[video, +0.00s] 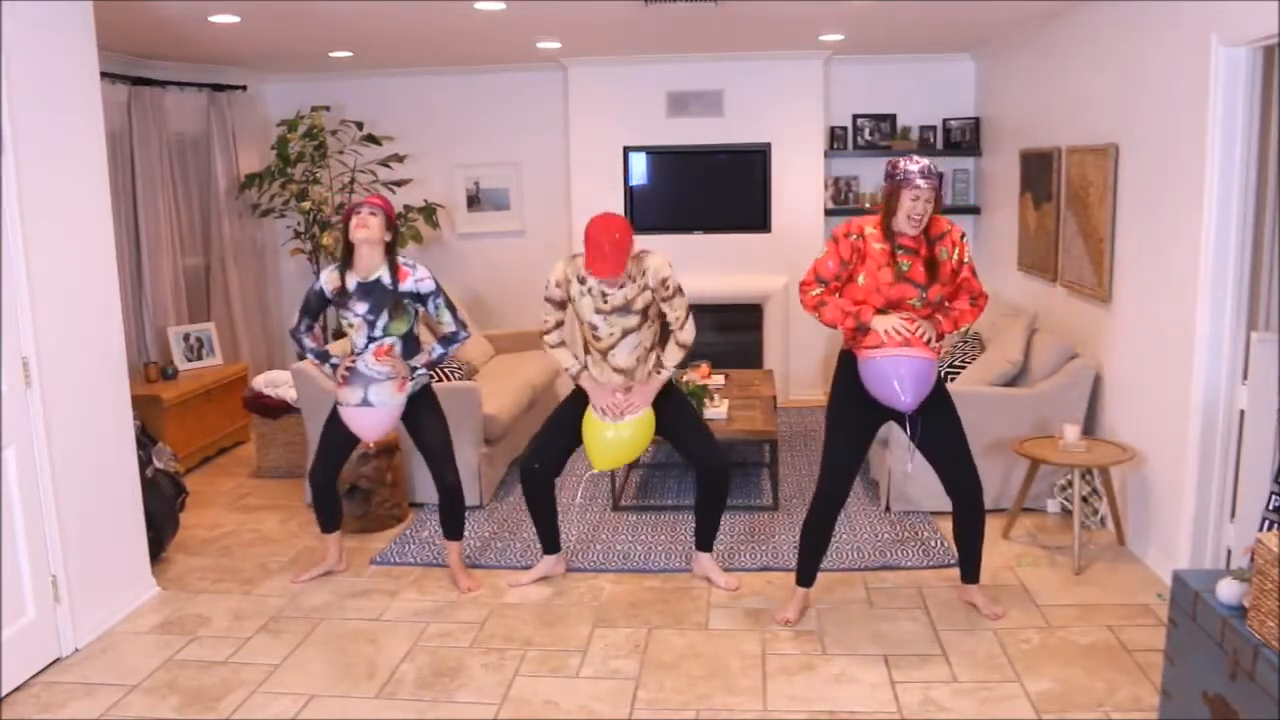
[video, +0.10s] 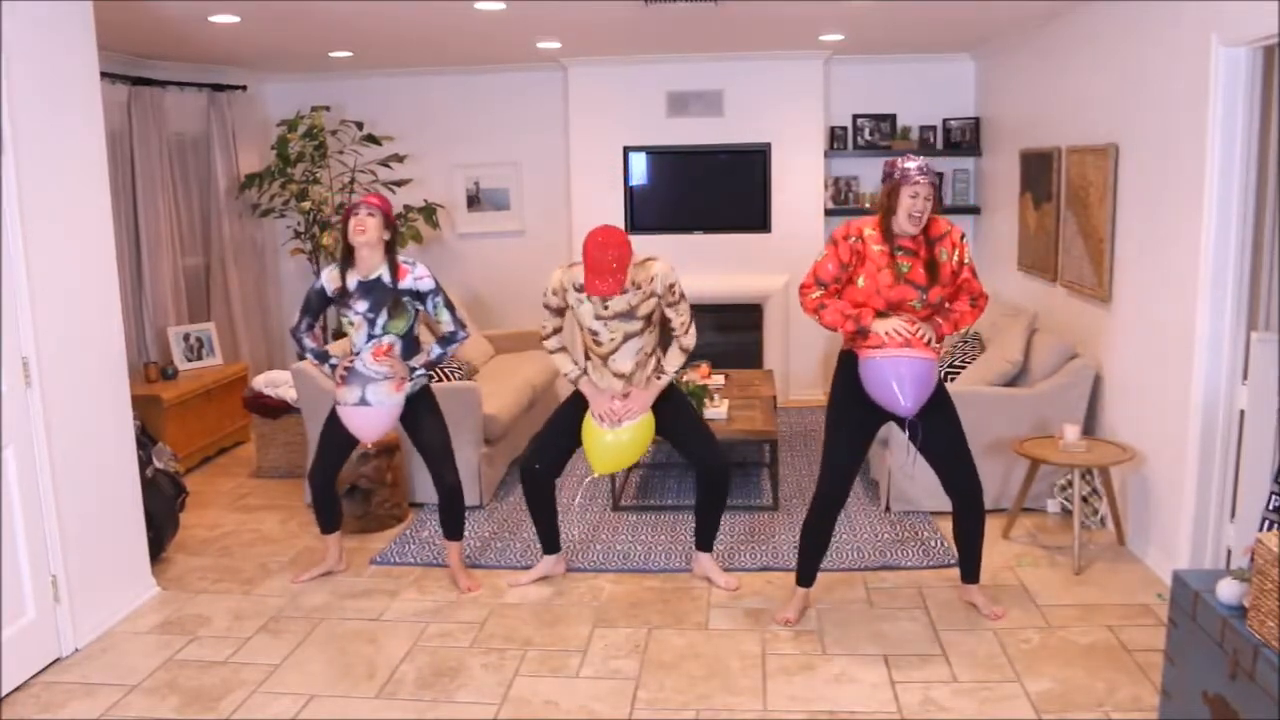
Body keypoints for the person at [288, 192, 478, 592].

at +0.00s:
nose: (362, 219)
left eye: (372, 215)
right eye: (356, 215)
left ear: (388, 231)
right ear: (347, 231)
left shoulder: (413, 275)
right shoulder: (332, 279)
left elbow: (457, 332)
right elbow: (302, 329)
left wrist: (416, 367)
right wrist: (332, 368)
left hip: (410, 384)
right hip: (356, 387)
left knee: (445, 468)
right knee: (321, 474)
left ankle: (455, 561)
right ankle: (333, 556)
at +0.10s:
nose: (360, 220)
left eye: (369, 215)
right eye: (354, 216)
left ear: (387, 229)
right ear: (346, 230)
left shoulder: (412, 273)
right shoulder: (334, 278)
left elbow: (456, 331)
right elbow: (303, 328)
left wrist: (415, 367)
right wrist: (331, 368)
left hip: (409, 384)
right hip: (356, 387)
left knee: (445, 470)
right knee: (320, 475)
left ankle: (456, 561)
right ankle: (333, 556)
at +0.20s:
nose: (358, 224)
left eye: (368, 218)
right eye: (353, 218)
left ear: (386, 229)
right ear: (345, 229)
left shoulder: (412, 273)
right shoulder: (334, 278)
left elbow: (455, 331)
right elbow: (304, 328)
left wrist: (415, 367)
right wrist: (332, 367)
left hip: (408, 386)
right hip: (355, 389)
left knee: (445, 471)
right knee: (320, 476)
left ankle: (455, 561)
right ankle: (333, 556)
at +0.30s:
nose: (359, 233)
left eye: (368, 225)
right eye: (352, 225)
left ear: (386, 231)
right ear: (344, 233)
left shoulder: (414, 273)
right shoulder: (335, 278)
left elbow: (456, 331)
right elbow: (304, 328)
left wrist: (415, 366)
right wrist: (332, 368)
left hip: (409, 387)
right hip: (356, 389)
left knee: (445, 474)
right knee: (319, 476)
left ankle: (456, 562)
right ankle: (333, 556)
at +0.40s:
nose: (361, 241)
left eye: (369, 231)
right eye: (353, 232)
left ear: (386, 232)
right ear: (345, 236)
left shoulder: (415, 273)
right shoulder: (335, 279)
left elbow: (456, 331)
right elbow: (305, 329)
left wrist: (415, 367)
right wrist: (332, 368)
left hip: (409, 387)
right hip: (356, 389)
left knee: (445, 474)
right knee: (318, 476)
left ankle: (456, 562)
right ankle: (333, 556)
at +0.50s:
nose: (363, 249)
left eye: (370, 239)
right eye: (355, 241)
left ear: (386, 235)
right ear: (345, 241)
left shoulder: (415, 273)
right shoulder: (335, 280)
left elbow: (456, 331)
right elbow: (305, 329)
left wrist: (415, 368)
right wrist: (332, 370)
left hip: (408, 387)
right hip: (355, 389)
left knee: (445, 474)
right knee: (317, 477)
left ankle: (455, 561)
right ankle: (333, 555)